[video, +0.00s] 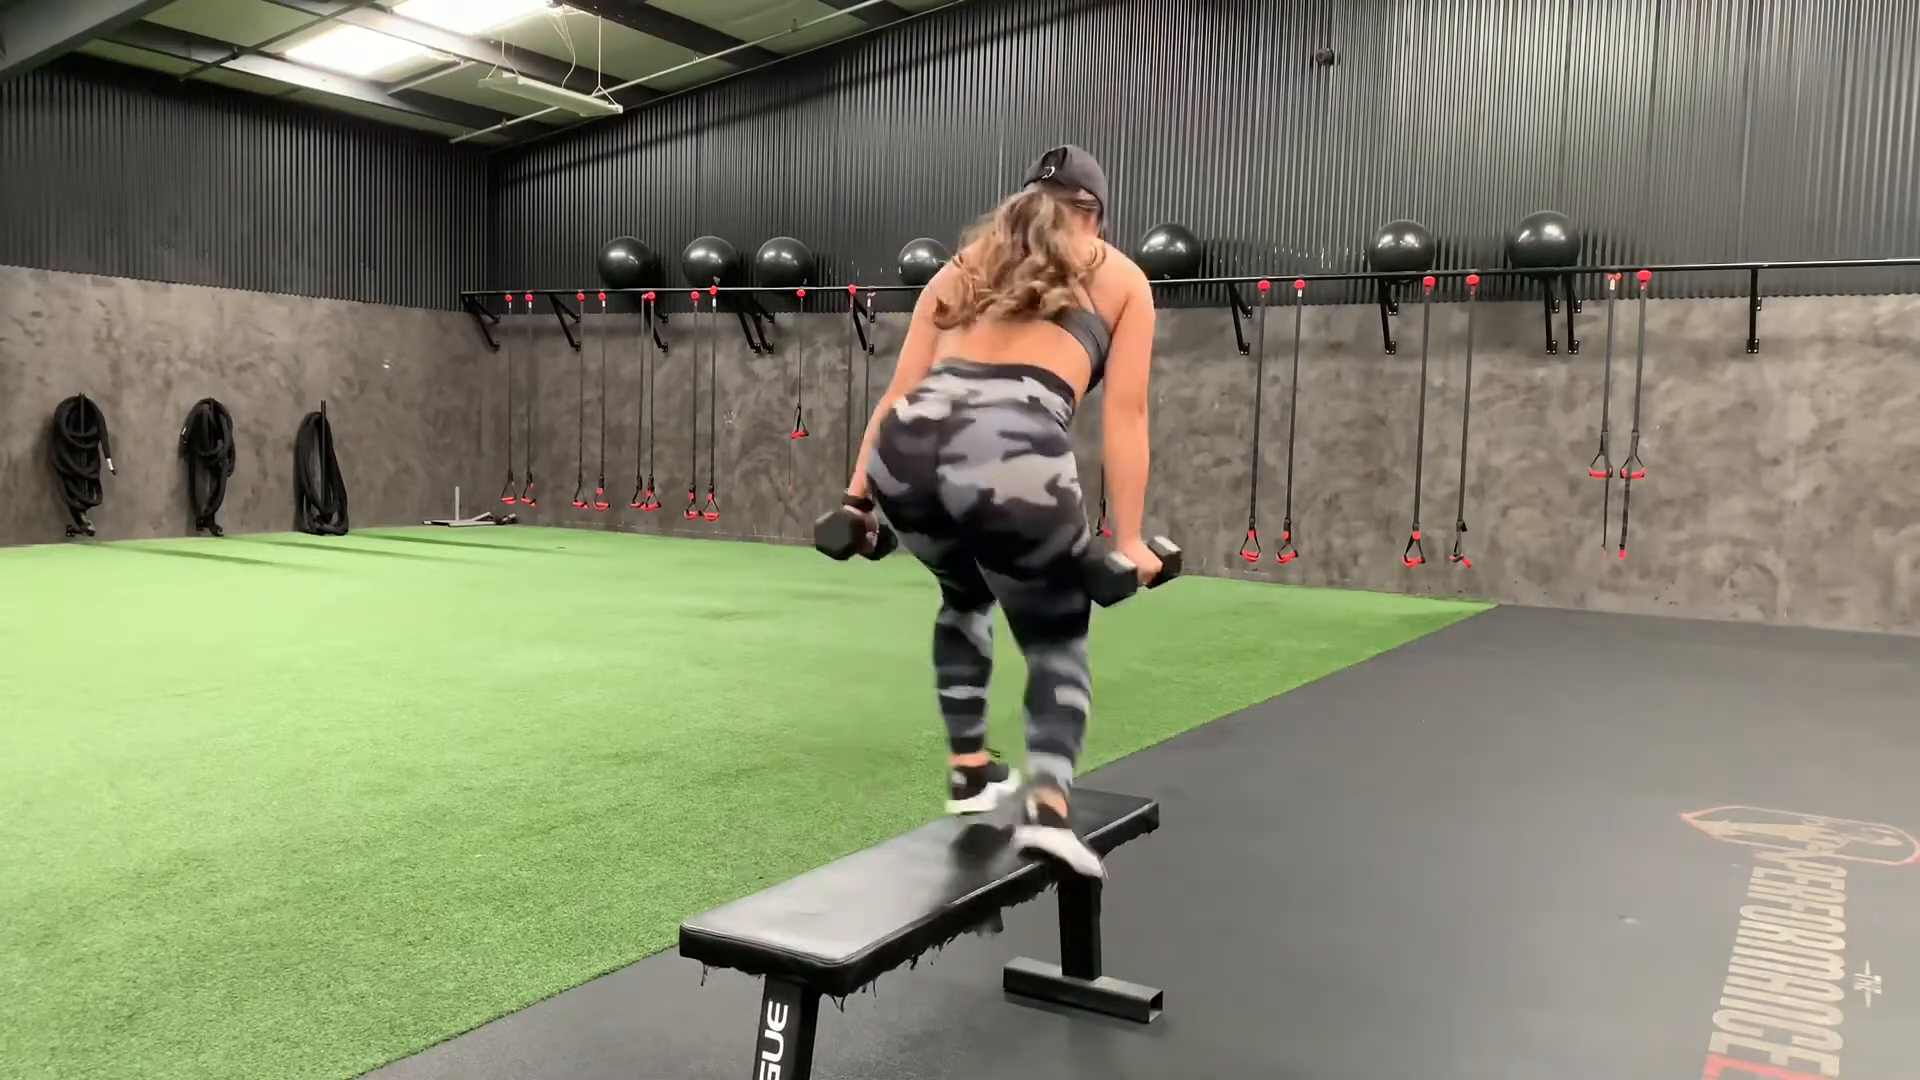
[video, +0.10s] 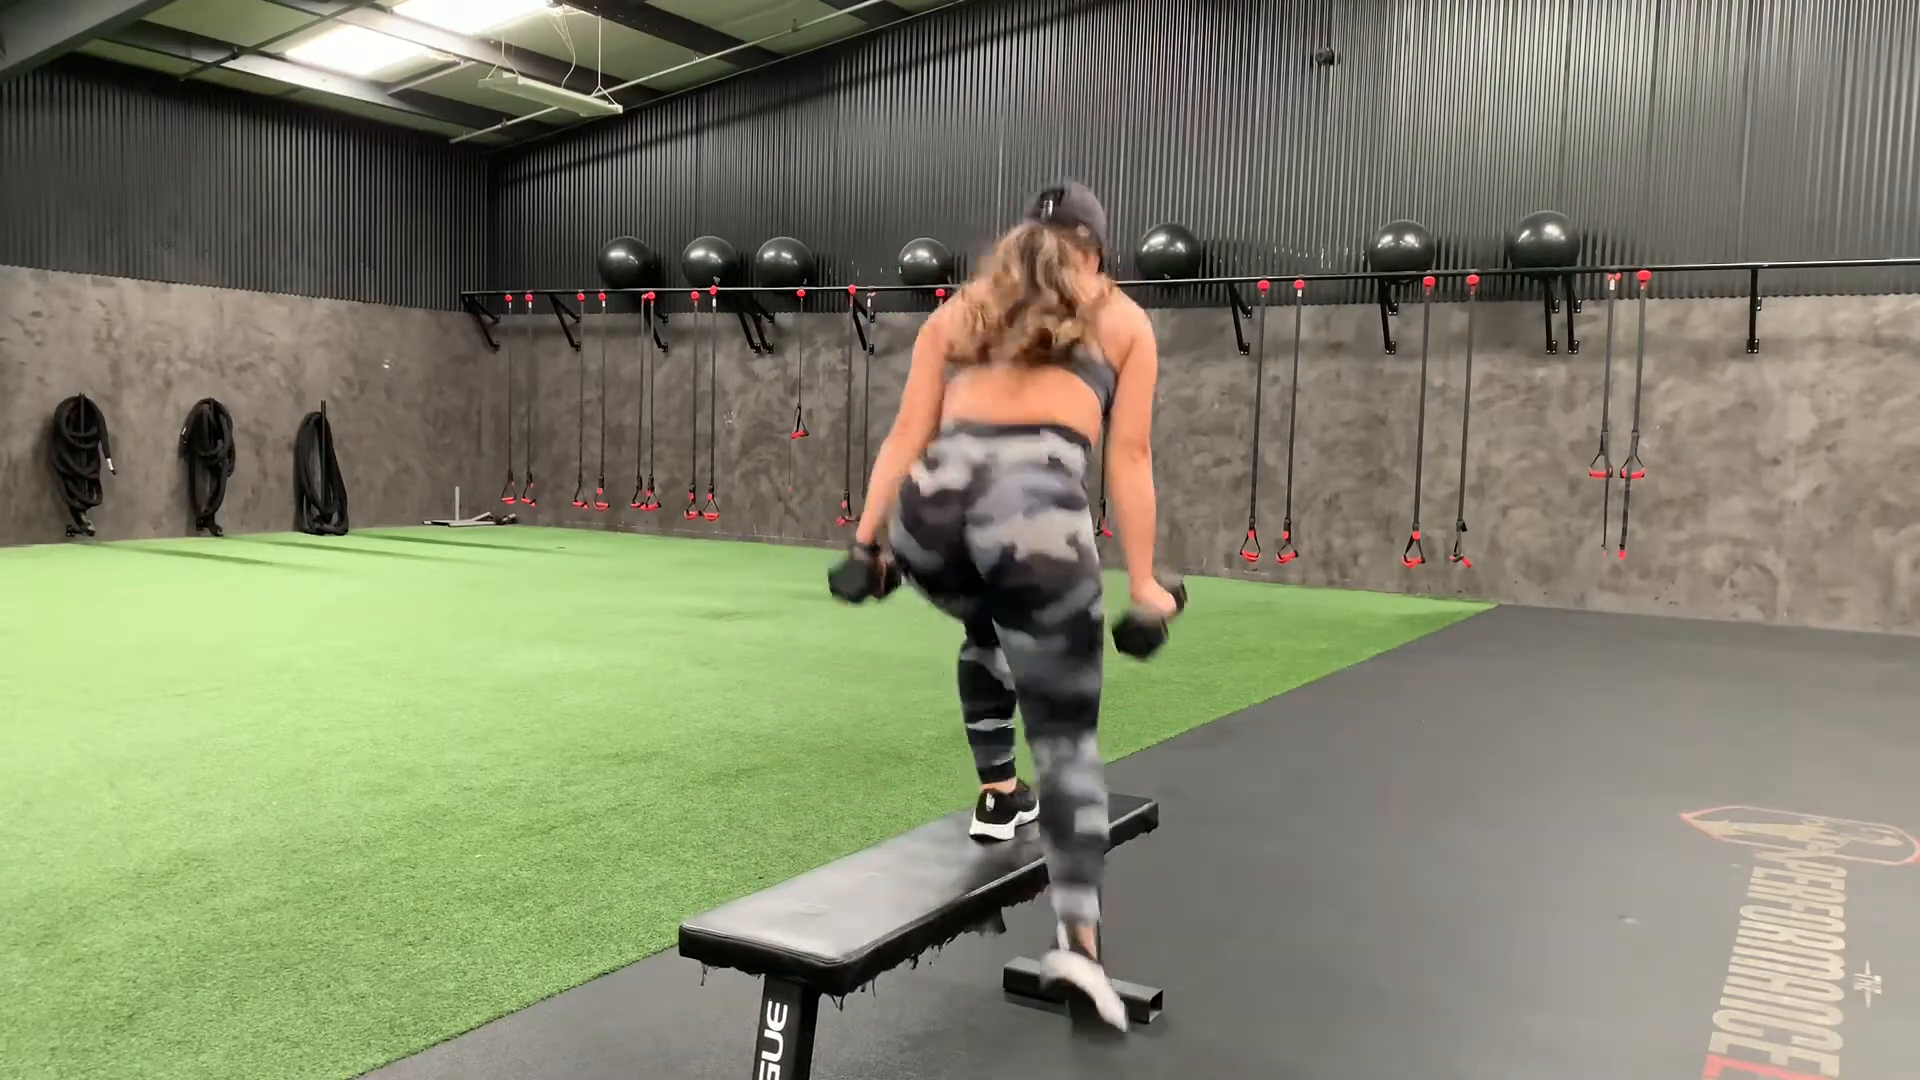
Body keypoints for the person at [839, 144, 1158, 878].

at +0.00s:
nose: (1098, 227)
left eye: (1095, 217)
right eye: (1098, 217)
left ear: (1022, 206)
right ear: (1093, 213)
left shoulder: (961, 266)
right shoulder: (1121, 277)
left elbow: (902, 390)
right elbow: (1126, 415)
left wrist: (858, 492)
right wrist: (1129, 538)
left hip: (907, 452)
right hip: (1014, 456)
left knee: (963, 594)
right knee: (1055, 635)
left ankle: (968, 773)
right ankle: (1049, 803)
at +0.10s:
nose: (1105, 263)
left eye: (1095, 248)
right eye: (1103, 251)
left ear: (1011, 251)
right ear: (1094, 253)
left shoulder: (954, 314)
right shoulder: (1124, 320)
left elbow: (910, 432)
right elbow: (1128, 454)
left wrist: (866, 538)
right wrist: (1144, 583)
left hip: (931, 506)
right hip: (1043, 507)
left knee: (984, 626)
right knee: (1065, 739)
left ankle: (997, 794)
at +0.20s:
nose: (1106, 341)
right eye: (1104, 327)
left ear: (1014, 327)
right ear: (1098, 330)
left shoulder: (959, 402)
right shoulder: (1127, 410)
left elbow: (912, 526)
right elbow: (1143, 548)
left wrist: (871, 634)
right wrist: (1165, 670)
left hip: (956, 618)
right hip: (1061, 623)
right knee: (1073, 849)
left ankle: (998, 785)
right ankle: (1089, 1057)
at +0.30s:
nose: (1083, 422)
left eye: (1071, 409)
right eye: (1088, 410)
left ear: (1016, 403)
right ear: (1089, 411)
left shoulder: (967, 481)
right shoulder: (1127, 490)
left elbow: (912, 611)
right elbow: (1155, 633)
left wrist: (878, 711)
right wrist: (1179, 752)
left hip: (972, 705)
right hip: (1079, 712)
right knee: (1086, 929)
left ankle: (1002, 792)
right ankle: (1083, 1070)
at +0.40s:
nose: (1093, 395)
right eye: (1095, 384)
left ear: (1020, 376)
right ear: (1089, 382)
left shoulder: (963, 444)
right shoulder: (1121, 458)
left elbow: (916, 578)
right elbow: (1148, 599)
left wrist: (887, 686)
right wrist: (1173, 717)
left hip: (968, 649)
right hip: (1073, 658)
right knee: (1071, 873)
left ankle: (1001, 785)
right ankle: (1078, 1058)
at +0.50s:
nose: (1099, 316)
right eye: (1099, 304)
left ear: (1015, 297)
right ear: (1088, 307)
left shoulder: (955, 371)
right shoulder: (1112, 378)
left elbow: (916, 499)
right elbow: (1133, 510)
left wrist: (890, 604)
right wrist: (1155, 626)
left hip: (944, 567)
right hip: (1049, 575)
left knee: (983, 629)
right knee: (1074, 797)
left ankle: (1006, 779)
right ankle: (1101, 1009)